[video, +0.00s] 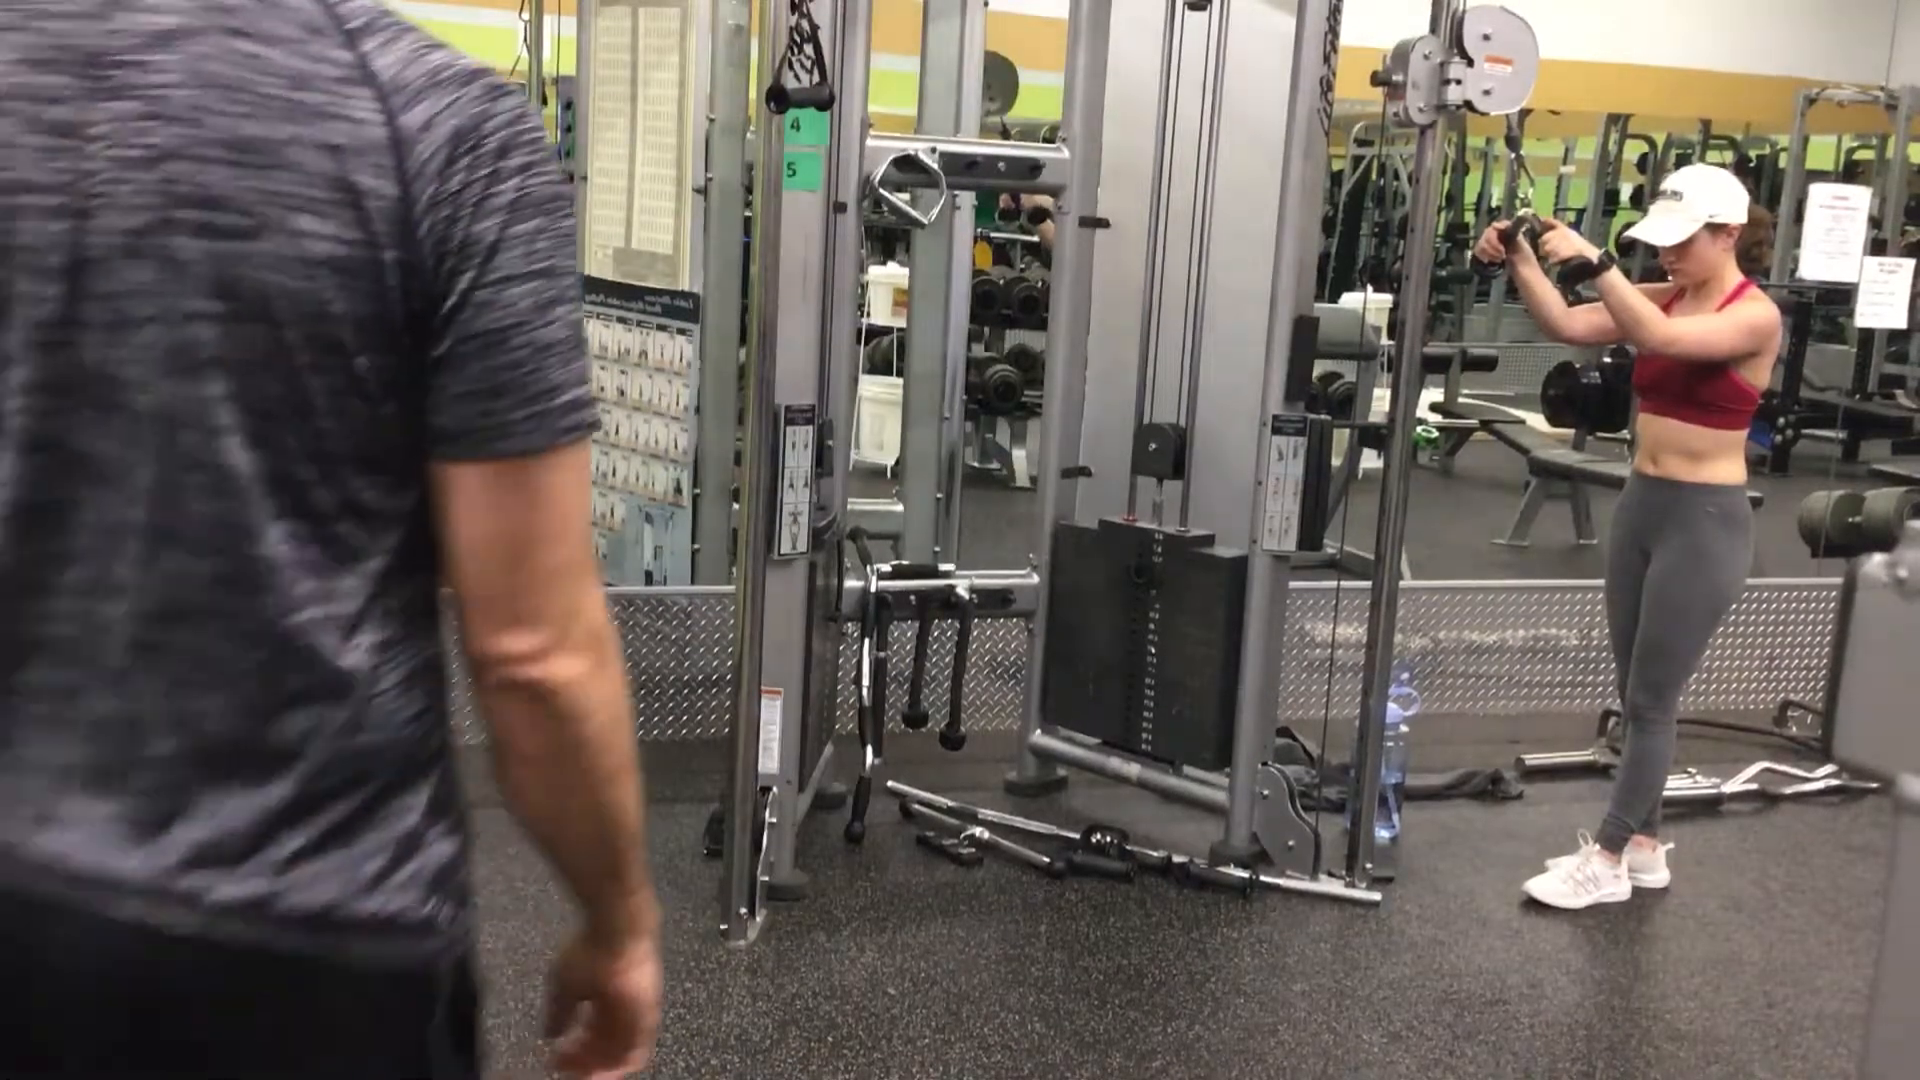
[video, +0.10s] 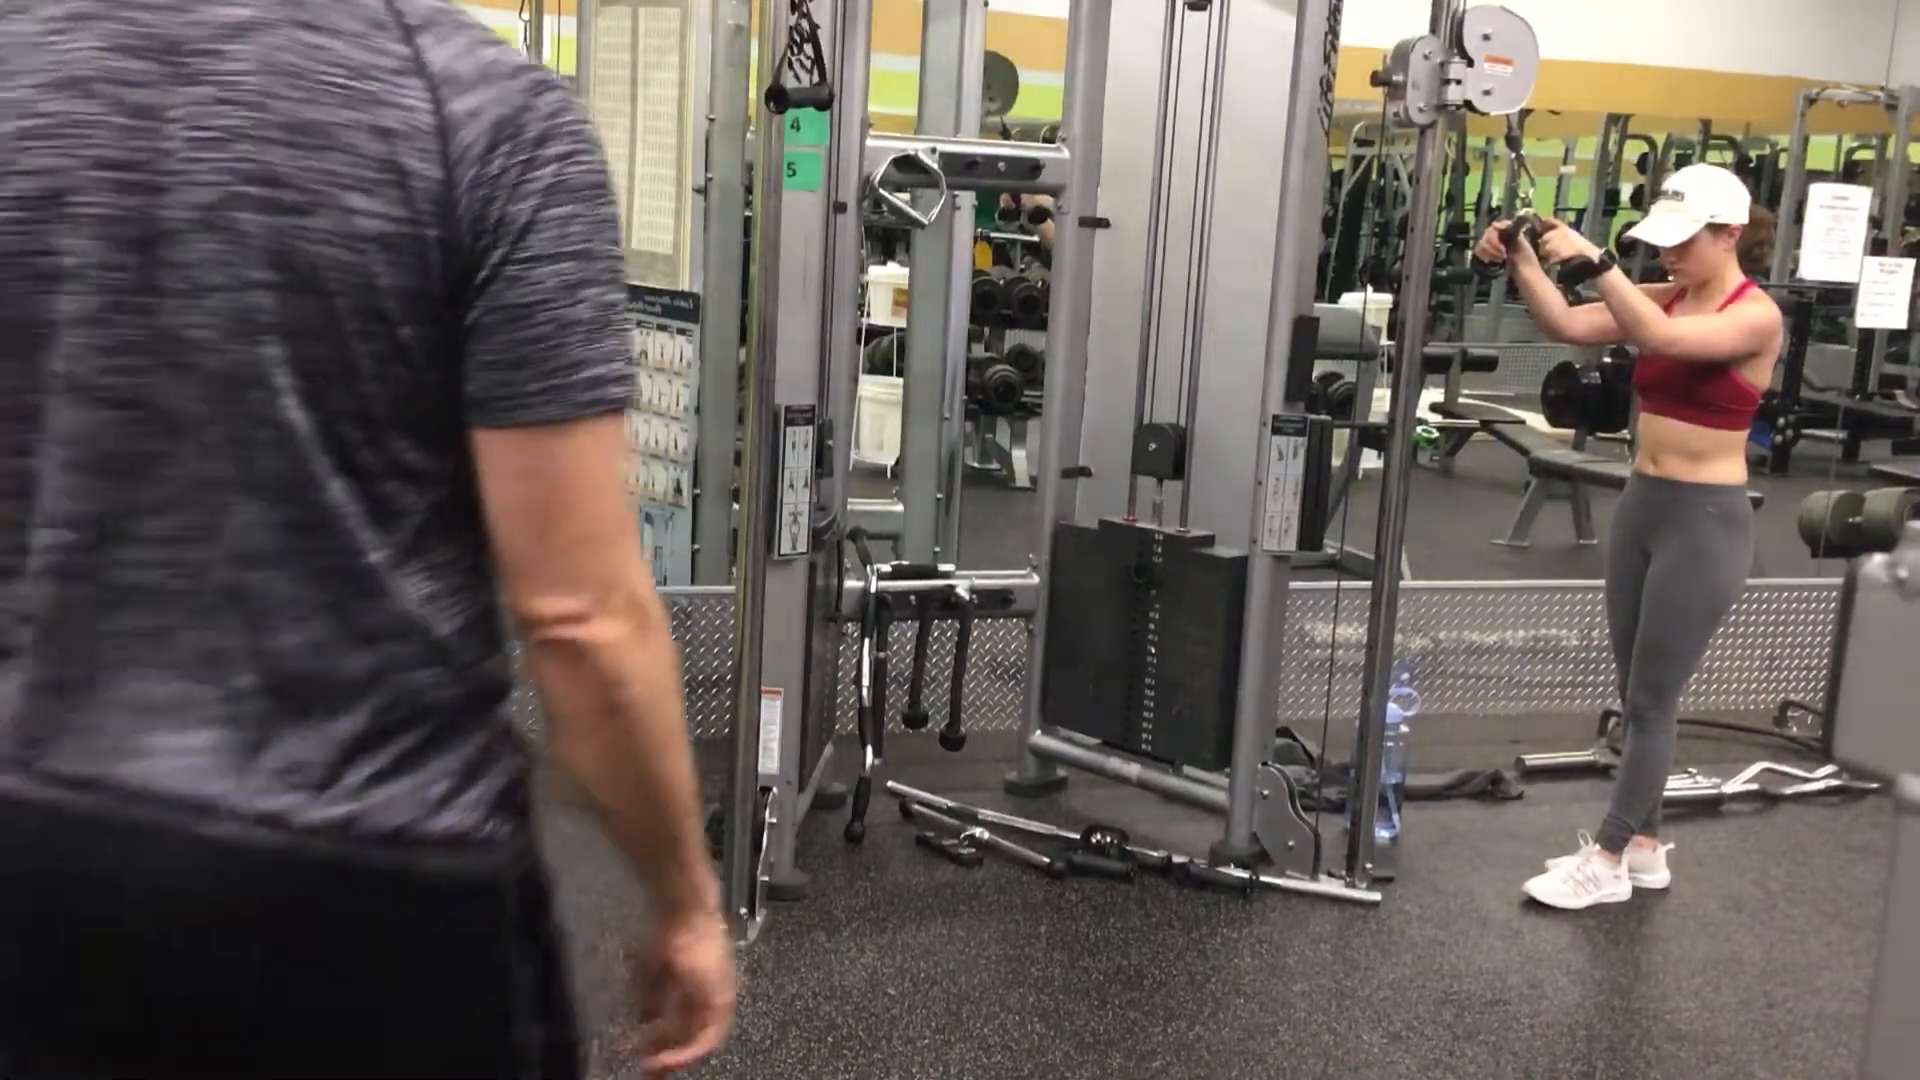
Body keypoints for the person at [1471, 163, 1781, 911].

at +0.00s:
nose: (1665, 254)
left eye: (1679, 240)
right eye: (1661, 241)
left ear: (1728, 235)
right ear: (1663, 240)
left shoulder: (1757, 315)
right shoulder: (1663, 299)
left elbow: (1660, 335)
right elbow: (1566, 324)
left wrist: (1592, 261)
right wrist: (1519, 258)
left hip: (1705, 522)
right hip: (1639, 508)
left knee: (1651, 700)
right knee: (1637, 691)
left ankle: (1607, 858)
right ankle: (1644, 844)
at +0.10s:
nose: (1666, 254)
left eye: (1680, 240)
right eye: (1662, 242)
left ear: (1729, 235)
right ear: (1665, 241)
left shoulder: (1758, 315)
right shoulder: (1666, 300)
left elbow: (1661, 335)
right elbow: (1566, 323)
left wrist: (1594, 261)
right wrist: (1518, 258)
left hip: (1706, 522)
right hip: (1639, 508)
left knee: (1651, 700)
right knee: (1638, 691)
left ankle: (1606, 859)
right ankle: (1645, 844)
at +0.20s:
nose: (1668, 255)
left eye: (1681, 241)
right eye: (1663, 242)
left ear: (1731, 235)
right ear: (1665, 241)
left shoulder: (1759, 316)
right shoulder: (1666, 299)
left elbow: (1662, 335)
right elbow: (1568, 323)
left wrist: (1595, 261)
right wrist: (1520, 258)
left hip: (1706, 523)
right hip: (1639, 509)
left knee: (1651, 700)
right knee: (1638, 692)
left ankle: (1606, 859)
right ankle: (1644, 845)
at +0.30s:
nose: (1669, 255)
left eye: (1682, 241)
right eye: (1664, 243)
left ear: (1732, 236)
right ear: (1667, 241)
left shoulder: (1760, 316)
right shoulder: (1667, 299)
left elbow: (1663, 335)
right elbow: (1569, 323)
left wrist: (1595, 260)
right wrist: (1521, 258)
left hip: (1706, 523)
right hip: (1639, 509)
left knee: (1651, 700)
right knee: (1638, 692)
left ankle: (1606, 859)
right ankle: (1644, 844)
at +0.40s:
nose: (1669, 255)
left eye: (1683, 241)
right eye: (1666, 242)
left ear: (1732, 236)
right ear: (1669, 241)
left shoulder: (1761, 315)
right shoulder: (1669, 299)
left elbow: (1665, 334)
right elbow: (1570, 323)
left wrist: (1596, 261)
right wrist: (1521, 258)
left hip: (1706, 523)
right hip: (1640, 509)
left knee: (1651, 700)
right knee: (1638, 692)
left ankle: (1606, 859)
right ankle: (1645, 844)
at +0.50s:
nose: (1670, 255)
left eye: (1684, 241)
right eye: (1666, 242)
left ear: (1733, 236)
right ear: (1670, 241)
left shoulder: (1762, 316)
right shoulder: (1669, 299)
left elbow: (1664, 334)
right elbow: (1570, 323)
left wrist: (1596, 261)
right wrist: (1521, 258)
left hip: (1707, 523)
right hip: (1640, 509)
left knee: (1651, 699)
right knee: (1638, 692)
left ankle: (1607, 860)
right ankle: (1645, 845)